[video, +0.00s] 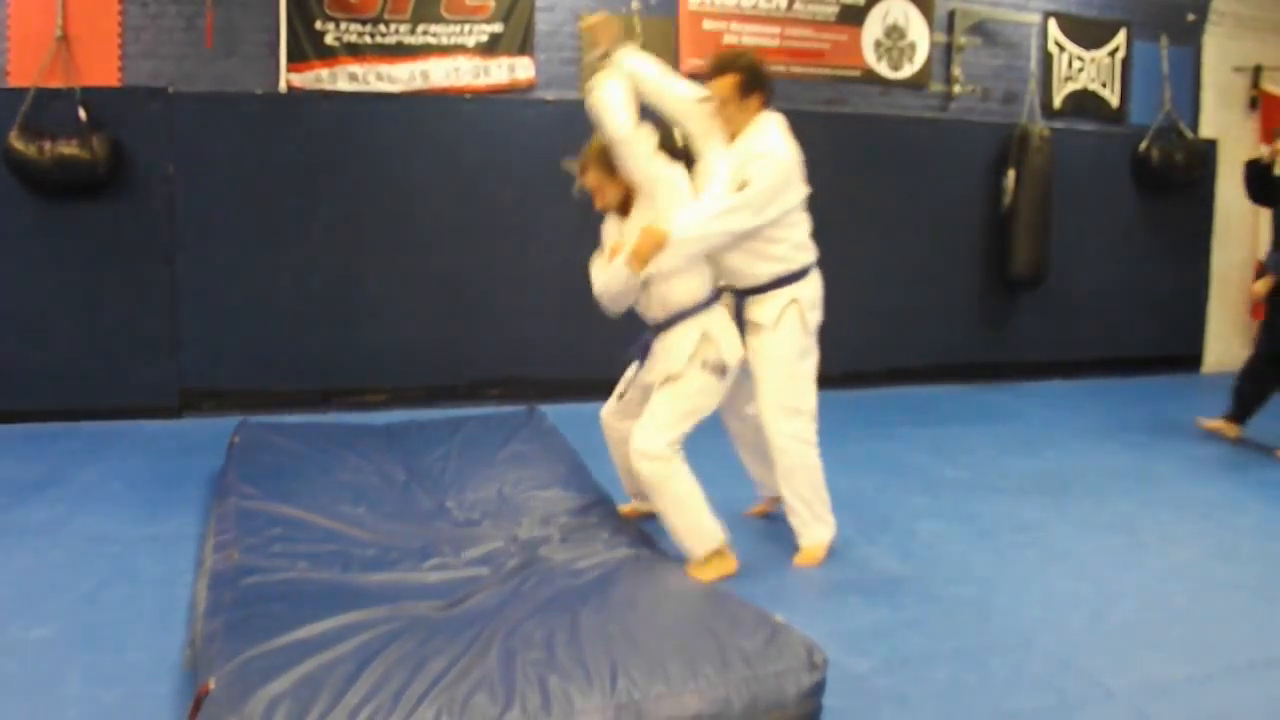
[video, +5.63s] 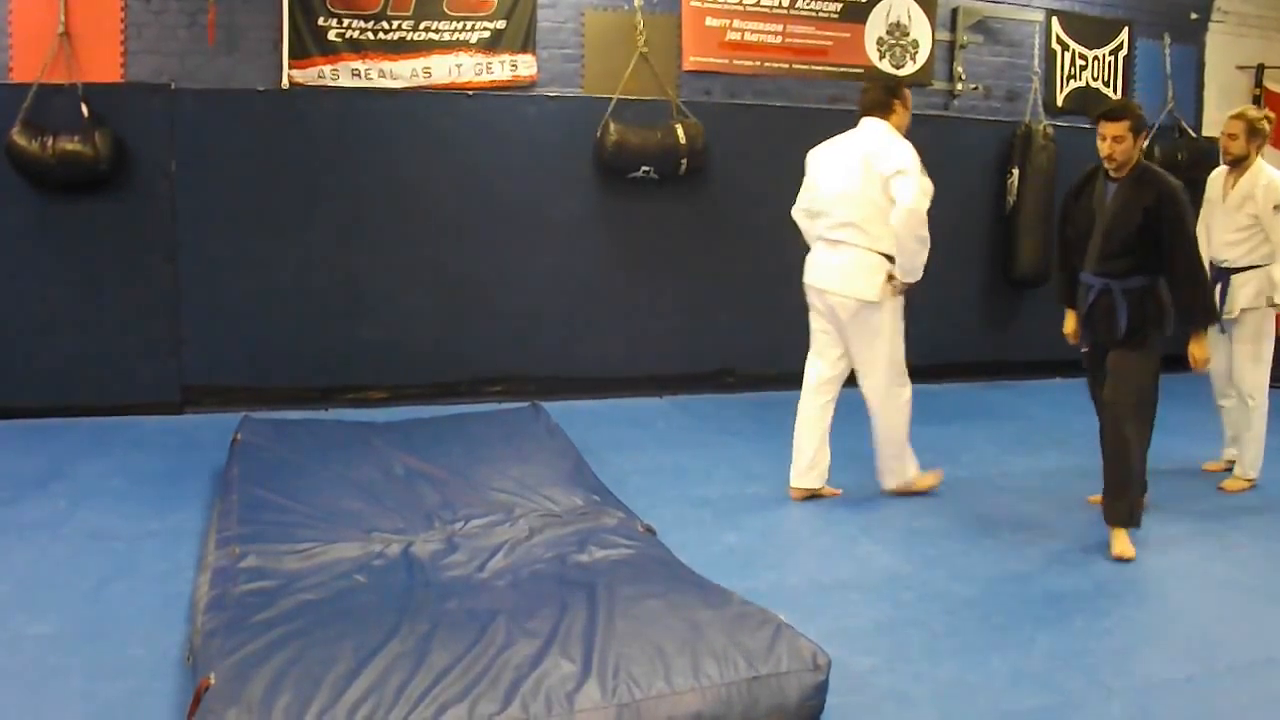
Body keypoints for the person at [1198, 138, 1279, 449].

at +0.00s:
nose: (1271, 148)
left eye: (1272, 143)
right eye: (1272, 143)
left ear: (1274, 148)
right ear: (1274, 147)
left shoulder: (1276, 185)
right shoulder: (1276, 182)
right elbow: (1261, 193)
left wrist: (1271, 274)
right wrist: (1264, 161)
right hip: (1275, 285)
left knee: (1269, 354)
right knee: (1268, 354)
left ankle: (1236, 418)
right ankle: (1235, 418)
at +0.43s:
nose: (1223, 158)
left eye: (1229, 150)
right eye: (1221, 151)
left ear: (1250, 149)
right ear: (1222, 153)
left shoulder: (1264, 184)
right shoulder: (1233, 180)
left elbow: (1265, 240)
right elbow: (1197, 177)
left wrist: (1249, 281)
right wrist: (1208, 155)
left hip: (1247, 275)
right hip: (1226, 271)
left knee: (1227, 350)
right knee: (1217, 349)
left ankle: (1231, 424)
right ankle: (1212, 422)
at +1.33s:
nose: (1176, 150)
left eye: (1183, 143)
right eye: (1172, 144)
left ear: (1202, 144)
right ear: (1168, 146)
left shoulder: (1220, 185)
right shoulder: (1170, 175)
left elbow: (1220, 242)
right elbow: (1132, 173)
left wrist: (1201, 280)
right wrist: (1154, 151)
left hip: (1196, 274)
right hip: (1165, 269)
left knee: (1189, 353)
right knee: (1151, 346)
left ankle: (1180, 432)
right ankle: (1142, 422)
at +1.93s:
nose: (1110, 148)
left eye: (1117, 141)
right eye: (1107, 142)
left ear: (1137, 140)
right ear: (1104, 144)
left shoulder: (1164, 178)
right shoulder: (1107, 176)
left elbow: (1180, 229)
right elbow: (1068, 178)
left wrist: (1177, 273)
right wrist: (1094, 154)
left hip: (1151, 275)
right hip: (1112, 273)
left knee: (1154, 354)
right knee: (1108, 355)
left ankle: (1168, 427)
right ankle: (1100, 436)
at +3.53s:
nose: (1092, 133)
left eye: (1100, 126)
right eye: (1087, 126)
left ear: (1120, 130)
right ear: (1083, 132)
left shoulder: (1147, 179)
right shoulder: (1073, 179)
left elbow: (1165, 240)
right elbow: (1040, 224)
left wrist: (1161, 291)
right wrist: (1036, 187)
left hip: (1128, 293)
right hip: (1079, 291)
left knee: (1128, 378)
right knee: (1070, 381)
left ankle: (1125, 455)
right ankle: (1064, 470)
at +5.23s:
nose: (1119, 131)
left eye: (1128, 123)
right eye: (1115, 123)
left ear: (1151, 125)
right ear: (1112, 126)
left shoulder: (1178, 175)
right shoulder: (1110, 176)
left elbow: (1190, 247)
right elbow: (1090, 239)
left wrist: (1179, 308)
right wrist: (1069, 235)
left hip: (1160, 299)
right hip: (1120, 296)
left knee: (1131, 387)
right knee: (1117, 388)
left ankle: (1131, 490)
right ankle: (1118, 481)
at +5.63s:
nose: (1110, 149)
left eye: (1119, 140)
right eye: (1104, 140)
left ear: (1140, 139)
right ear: (1096, 140)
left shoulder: (1163, 190)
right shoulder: (1086, 187)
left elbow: (1186, 262)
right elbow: (1071, 250)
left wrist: (1198, 330)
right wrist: (1071, 306)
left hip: (1140, 308)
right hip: (1093, 308)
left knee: (1124, 407)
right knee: (1106, 404)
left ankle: (1120, 519)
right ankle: (1126, 486)